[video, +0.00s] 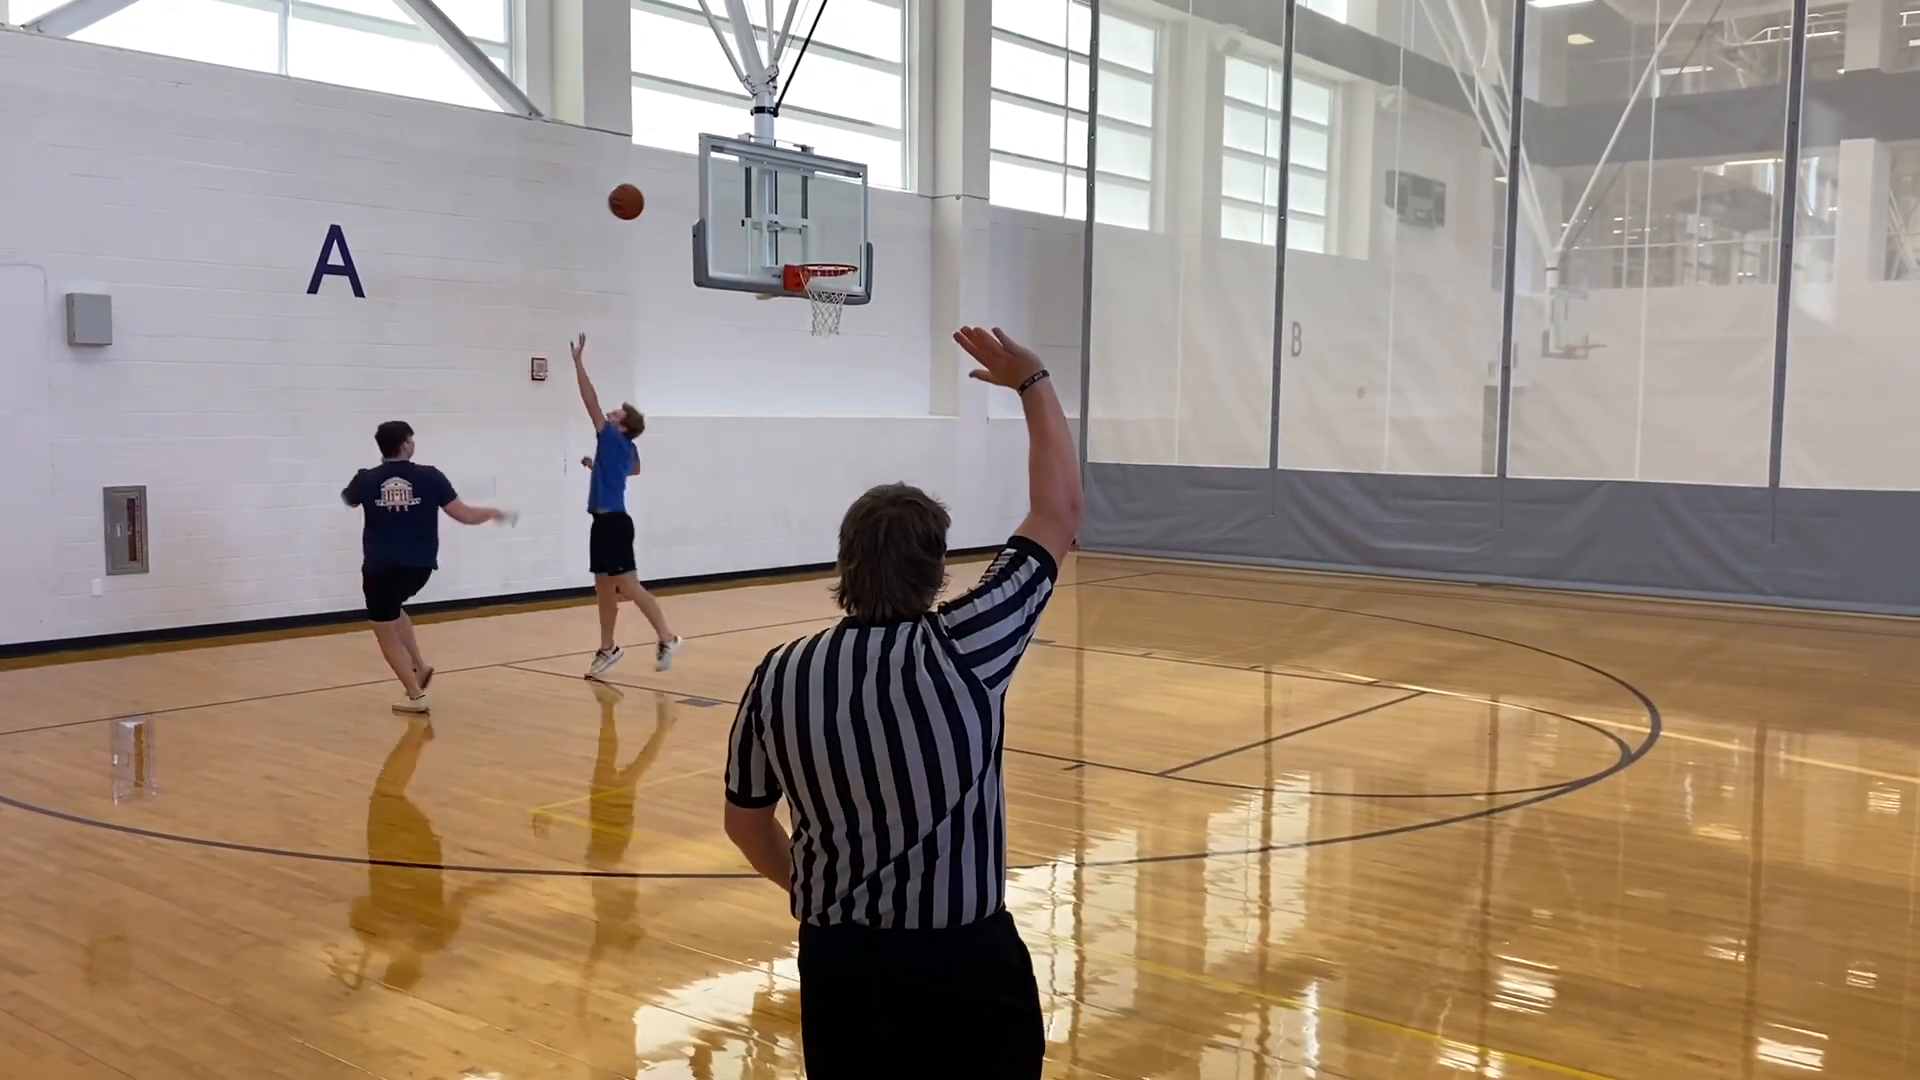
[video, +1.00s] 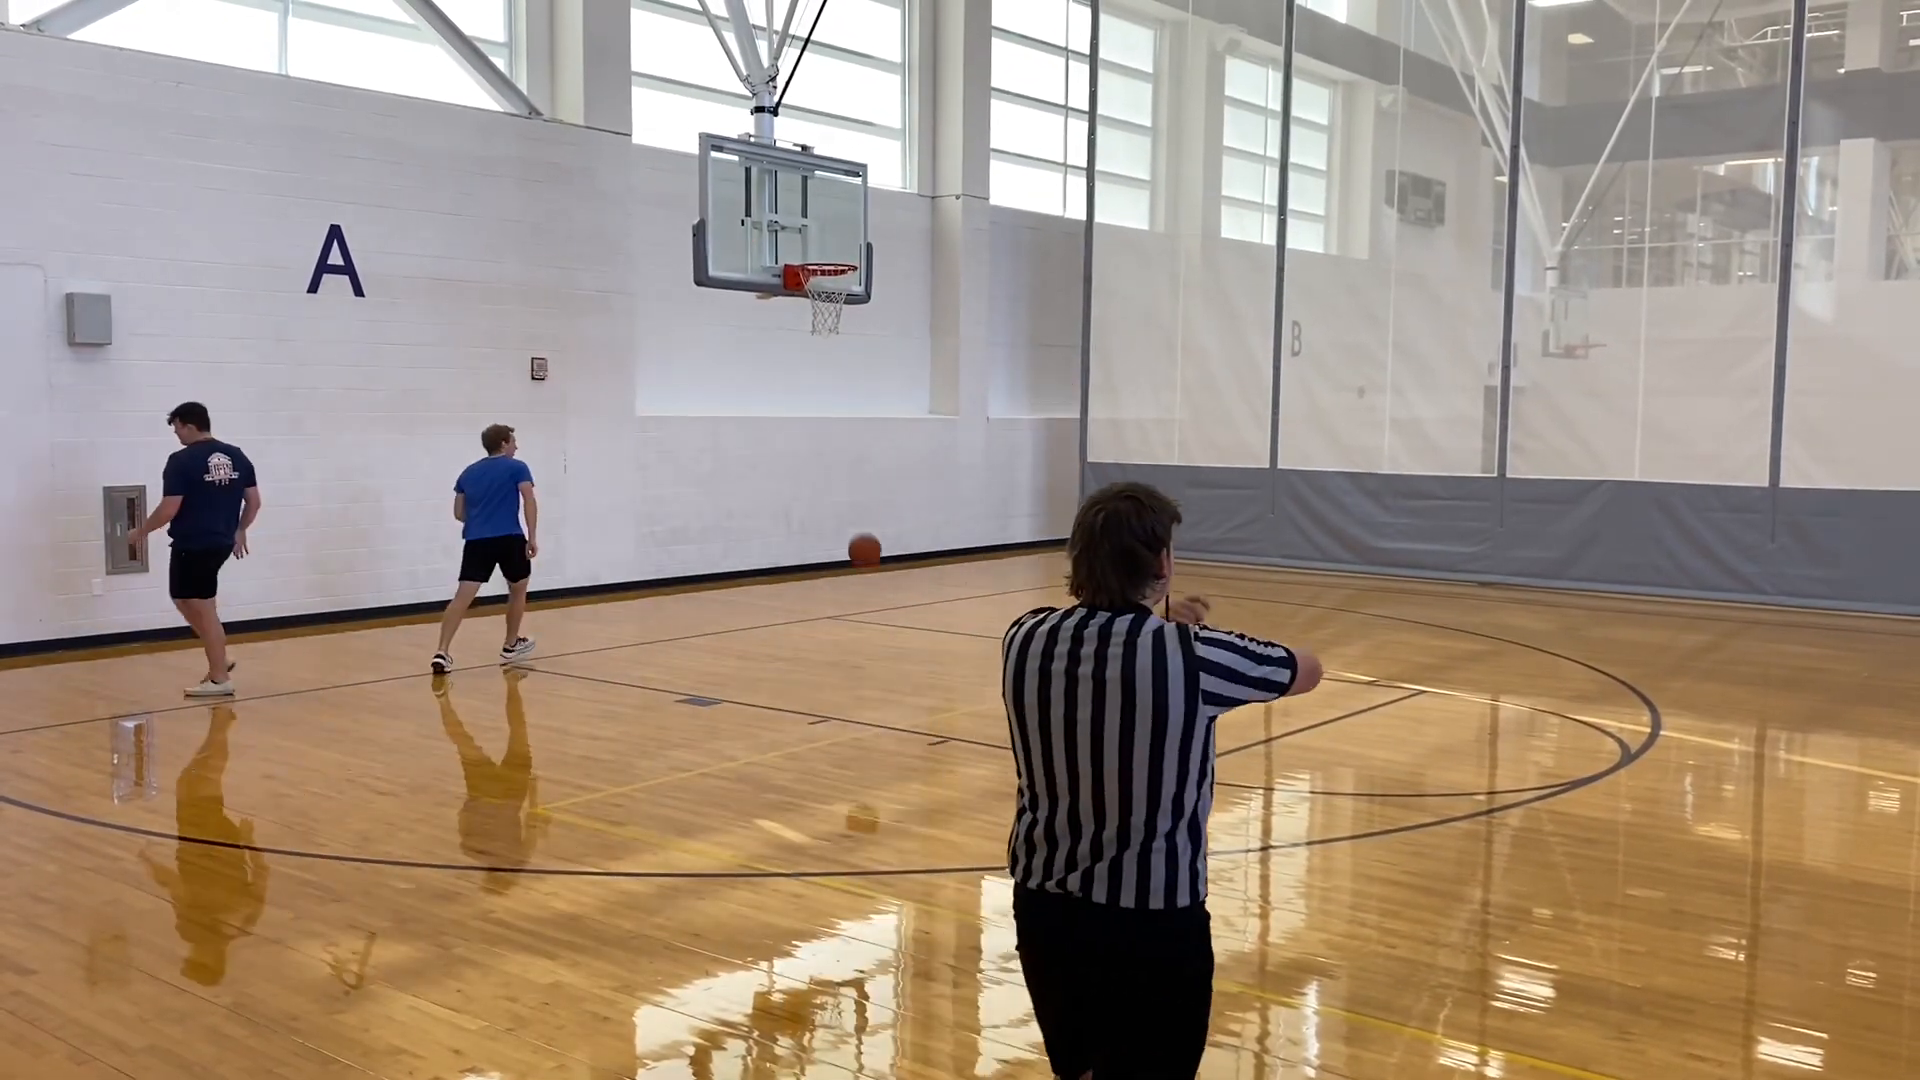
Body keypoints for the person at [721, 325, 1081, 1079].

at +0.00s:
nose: (936, 566)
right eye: (936, 553)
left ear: (846, 568)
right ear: (937, 568)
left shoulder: (779, 675)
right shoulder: (962, 650)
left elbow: (746, 818)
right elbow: (1057, 516)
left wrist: (807, 885)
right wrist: (1035, 383)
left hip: (839, 971)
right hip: (970, 966)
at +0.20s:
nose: (964, 570)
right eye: (962, 557)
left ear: (869, 569)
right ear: (956, 570)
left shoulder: (801, 671)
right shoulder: (980, 650)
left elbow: (769, 809)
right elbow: (1084, 526)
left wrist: (827, 859)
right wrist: (1068, 398)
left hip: (857, 968)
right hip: (986, 967)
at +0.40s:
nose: (1006, 568)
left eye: (999, 552)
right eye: (1003, 555)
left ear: (911, 570)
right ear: (996, 570)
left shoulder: (845, 665)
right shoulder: (1018, 656)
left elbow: (818, 743)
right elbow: (1158, 582)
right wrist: (1113, 518)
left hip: (890, 958)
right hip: (1017, 957)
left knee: (895, 1074)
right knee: (1049, 1070)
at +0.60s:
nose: (1071, 562)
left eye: (1070, 553)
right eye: (1066, 552)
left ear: (975, 568)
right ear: (1054, 571)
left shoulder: (918, 653)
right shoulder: (1083, 665)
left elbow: (984, 616)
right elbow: (1206, 650)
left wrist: (1063, 588)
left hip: (949, 948)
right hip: (1073, 952)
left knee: (946, 1072)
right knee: (1095, 1070)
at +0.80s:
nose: (1130, 562)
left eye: (1128, 551)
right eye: (1126, 553)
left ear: (1040, 563)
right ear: (1118, 573)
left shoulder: (983, 643)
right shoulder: (1147, 660)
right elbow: (1247, 643)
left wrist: (1084, 587)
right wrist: (1145, 582)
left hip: (1007, 932)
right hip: (1125, 935)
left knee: (1004, 1069)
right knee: (1133, 1068)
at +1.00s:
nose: (1173, 559)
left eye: (1171, 547)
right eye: (1171, 548)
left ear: (1083, 555)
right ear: (1161, 560)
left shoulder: (1024, 638)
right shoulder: (1187, 652)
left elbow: (1091, 641)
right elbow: (1308, 671)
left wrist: (1155, 615)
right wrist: (1203, 635)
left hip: (1045, 913)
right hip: (1157, 918)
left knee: (1075, 1068)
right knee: (1158, 1070)